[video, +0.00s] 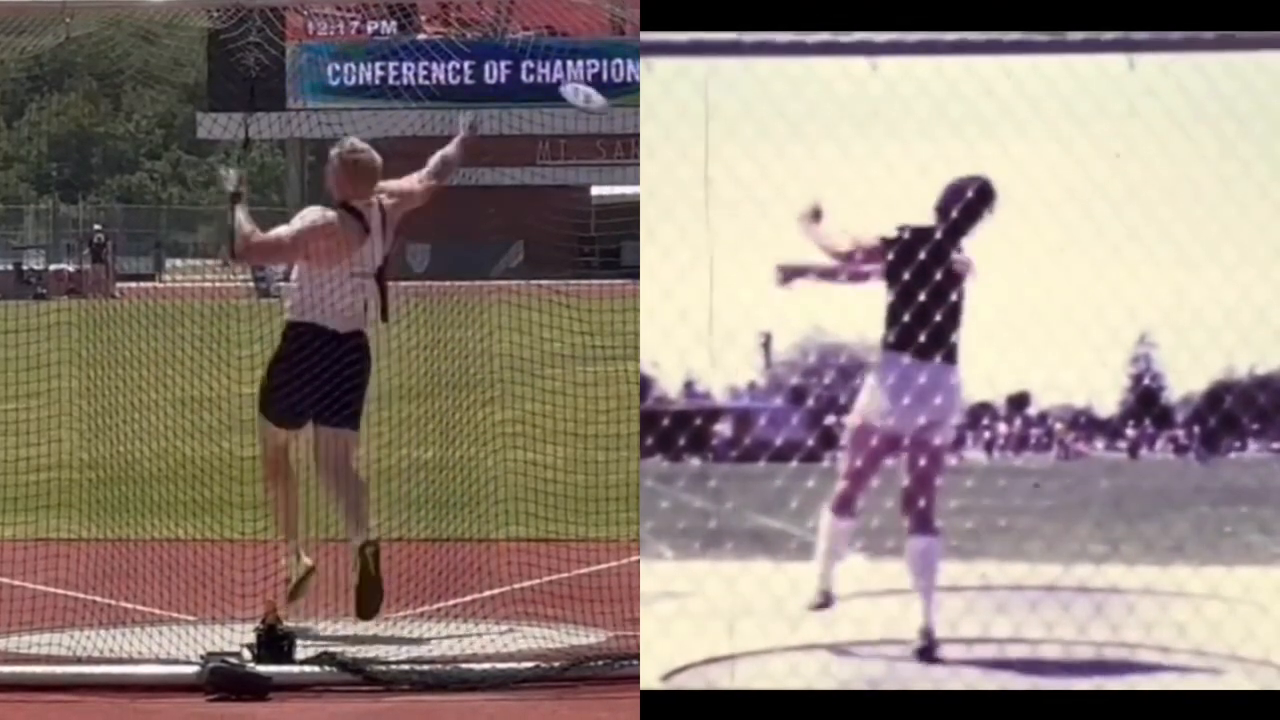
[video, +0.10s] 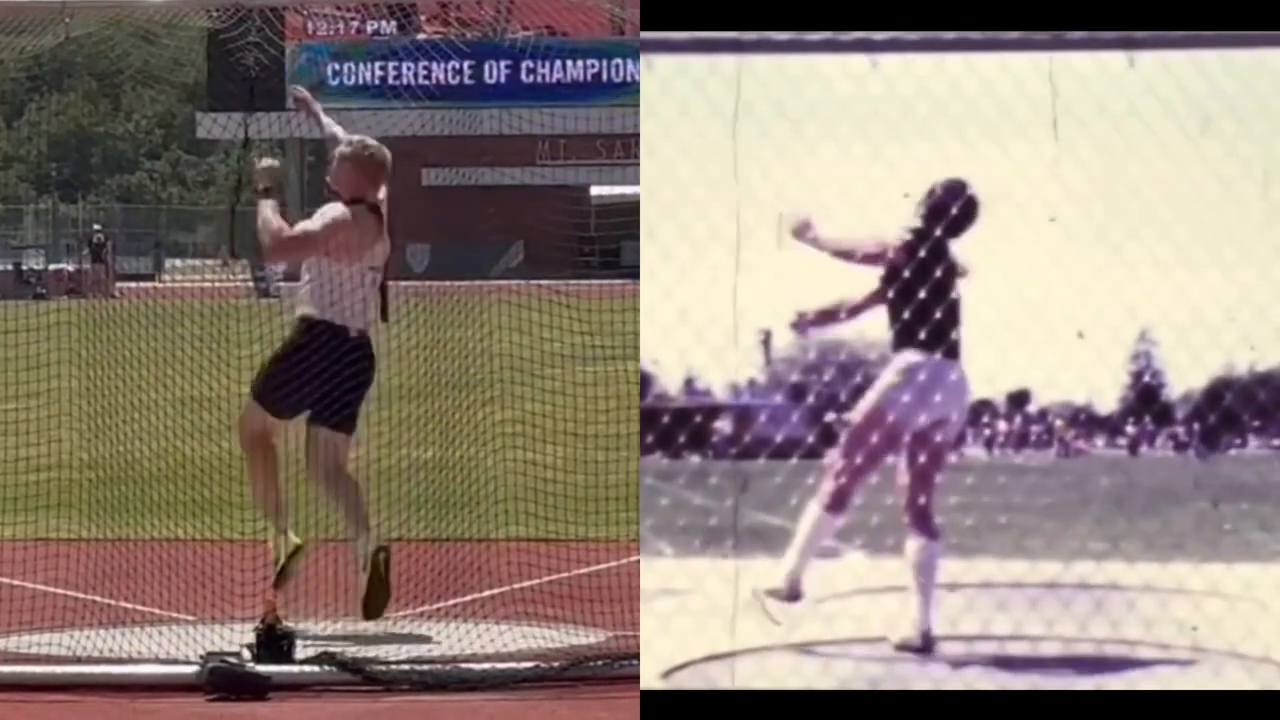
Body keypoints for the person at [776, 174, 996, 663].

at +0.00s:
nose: (978, 223)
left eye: (976, 211)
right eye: (980, 214)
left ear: (941, 201)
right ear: (975, 216)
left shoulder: (909, 243)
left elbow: (847, 252)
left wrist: (813, 226)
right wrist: (803, 271)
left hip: (894, 371)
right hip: (942, 376)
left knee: (851, 484)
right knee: (921, 501)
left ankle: (823, 583)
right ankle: (929, 622)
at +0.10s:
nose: (922, 198)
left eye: (929, 194)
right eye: (933, 195)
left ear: (928, 203)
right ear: (958, 221)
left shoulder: (912, 248)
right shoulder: (942, 259)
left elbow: (860, 255)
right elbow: (869, 298)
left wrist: (812, 238)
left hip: (913, 367)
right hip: (952, 375)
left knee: (844, 470)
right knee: (921, 501)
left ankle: (791, 575)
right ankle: (923, 626)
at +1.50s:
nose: (839, 228)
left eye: (843, 215)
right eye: (829, 221)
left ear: (858, 206)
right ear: (821, 222)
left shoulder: (900, 236)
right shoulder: (821, 271)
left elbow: (965, 244)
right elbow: (808, 337)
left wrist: (1016, 232)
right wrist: (816, 390)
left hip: (944, 358)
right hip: (890, 383)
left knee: (1048, 398)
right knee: (878, 489)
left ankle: (1129, 437)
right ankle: (884, 619)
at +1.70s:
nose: (854, 221)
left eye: (857, 209)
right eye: (843, 215)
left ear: (868, 204)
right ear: (832, 218)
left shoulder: (902, 241)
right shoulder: (827, 273)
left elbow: (964, 255)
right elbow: (812, 341)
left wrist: (1016, 231)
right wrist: (820, 399)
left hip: (941, 360)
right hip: (887, 385)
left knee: (1033, 401)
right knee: (886, 496)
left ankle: (1099, 438)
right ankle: (891, 618)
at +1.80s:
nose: (865, 216)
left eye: (868, 205)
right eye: (854, 210)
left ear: (880, 204)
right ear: (839, 219)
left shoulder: (904, 246)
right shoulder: (833, 277)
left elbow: (957, 265)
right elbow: (820, 346)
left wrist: (1008, 242)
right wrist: (824, 396)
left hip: (938, 366)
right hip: (887, 390)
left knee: (1021, 403)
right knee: (887, 497)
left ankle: (1073, 452)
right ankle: (891, 618)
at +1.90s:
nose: (891, 226)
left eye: (892, 216)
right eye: (880, 220)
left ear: (895, 215)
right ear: (860, 228)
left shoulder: (909, 254)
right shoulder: (849, 282)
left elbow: (947, 278)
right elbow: (836, 355)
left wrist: (999, 256)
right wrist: (846, 420)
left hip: (938, 376)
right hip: (892, 398)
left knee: (1015, 416)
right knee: (890, 504)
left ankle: (1030, 469)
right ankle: (895, 625)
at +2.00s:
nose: (902, 223)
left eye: (901, 214)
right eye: (892, 217)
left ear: (900, 216)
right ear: (872, 227)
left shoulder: (910, 255)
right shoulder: (854, 285)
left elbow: (940, 282)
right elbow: (846, 357)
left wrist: (995, 260)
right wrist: (858, 418)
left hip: (935, 380)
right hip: (887, 400)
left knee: (1009, 421)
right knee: (893, 507)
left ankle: (1011, 475)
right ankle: (896, 626)